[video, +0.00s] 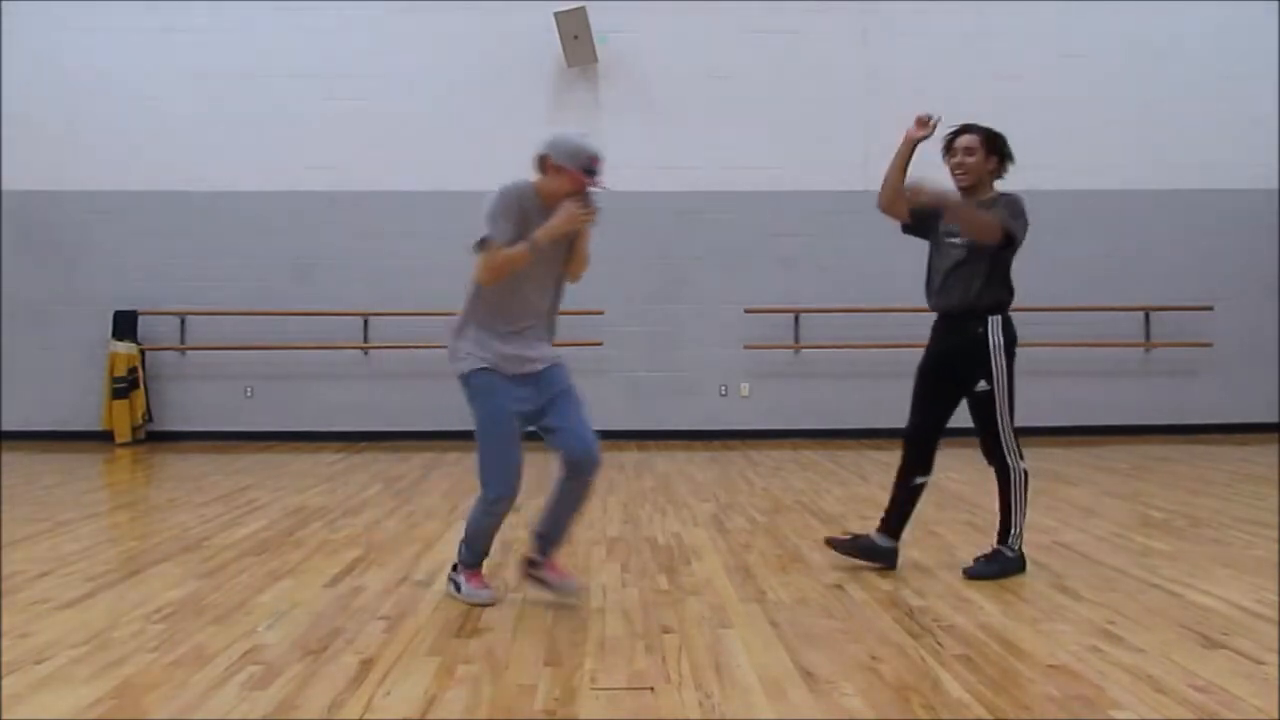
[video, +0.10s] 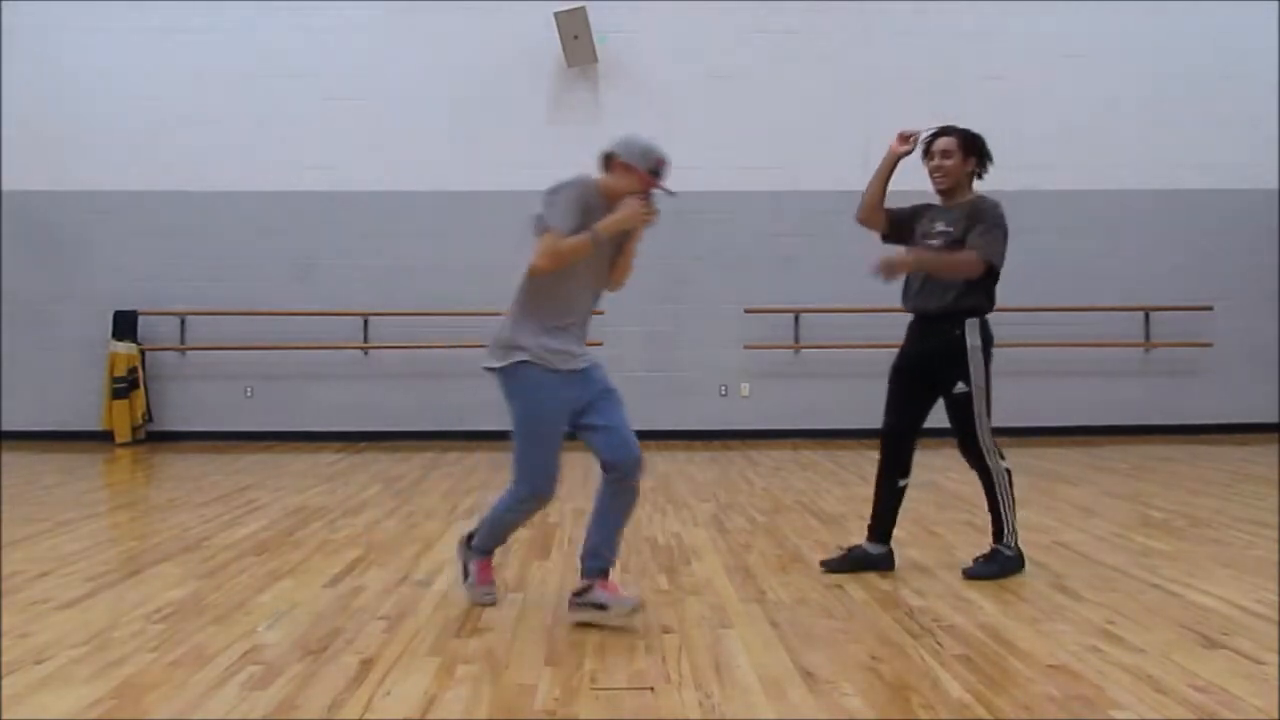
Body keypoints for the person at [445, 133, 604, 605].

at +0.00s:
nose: (584, 188)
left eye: (587, 181)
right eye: (579, 178)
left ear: (578, 178)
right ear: (549, 168)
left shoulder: (569, 209)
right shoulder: (513, 200)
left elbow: (574, 273)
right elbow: (488, 271)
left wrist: (580, 227)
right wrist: (549, 231)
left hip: (538, 357)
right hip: (485, 356)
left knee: (583, 456)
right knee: (502, 486)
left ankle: (540, 557)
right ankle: (467, 568)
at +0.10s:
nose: (648, 192)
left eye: (652, 185)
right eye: (646, 180)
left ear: (639, 182)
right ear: (619, 168)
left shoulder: (617, 214)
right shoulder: (573, 194)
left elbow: (614, 281)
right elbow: (543, 259)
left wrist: (630, 232)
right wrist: (609, 227)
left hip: (575, 361)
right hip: (528, 360)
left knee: (625, 464)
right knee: (536, 487)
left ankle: (593, 584)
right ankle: (477, 549)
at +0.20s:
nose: (707, 209)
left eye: (711, 201)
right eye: (705, 196)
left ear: (694, 192)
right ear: (680, 180)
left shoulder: (674, 226)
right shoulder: (637, 202)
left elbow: (663, 296)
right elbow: (605, 266)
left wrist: (687, 247)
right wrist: (672, 237)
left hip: (623, 366)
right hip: (581, 359)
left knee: (656, 488)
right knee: (631, 480)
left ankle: (594, 597)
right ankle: (535, 560)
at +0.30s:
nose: (765, 210)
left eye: (772, 203)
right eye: (765, 197)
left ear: (762, 195)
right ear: (740, 176)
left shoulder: (737, 227)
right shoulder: (702, 196)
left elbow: (707, 297)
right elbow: (661, 254)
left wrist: (749, 272)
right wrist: (731, 256)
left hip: (673, 362)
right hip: (645, 356)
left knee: (682, 497)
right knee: (710, 467)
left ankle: (599, 591)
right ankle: (687, 611)